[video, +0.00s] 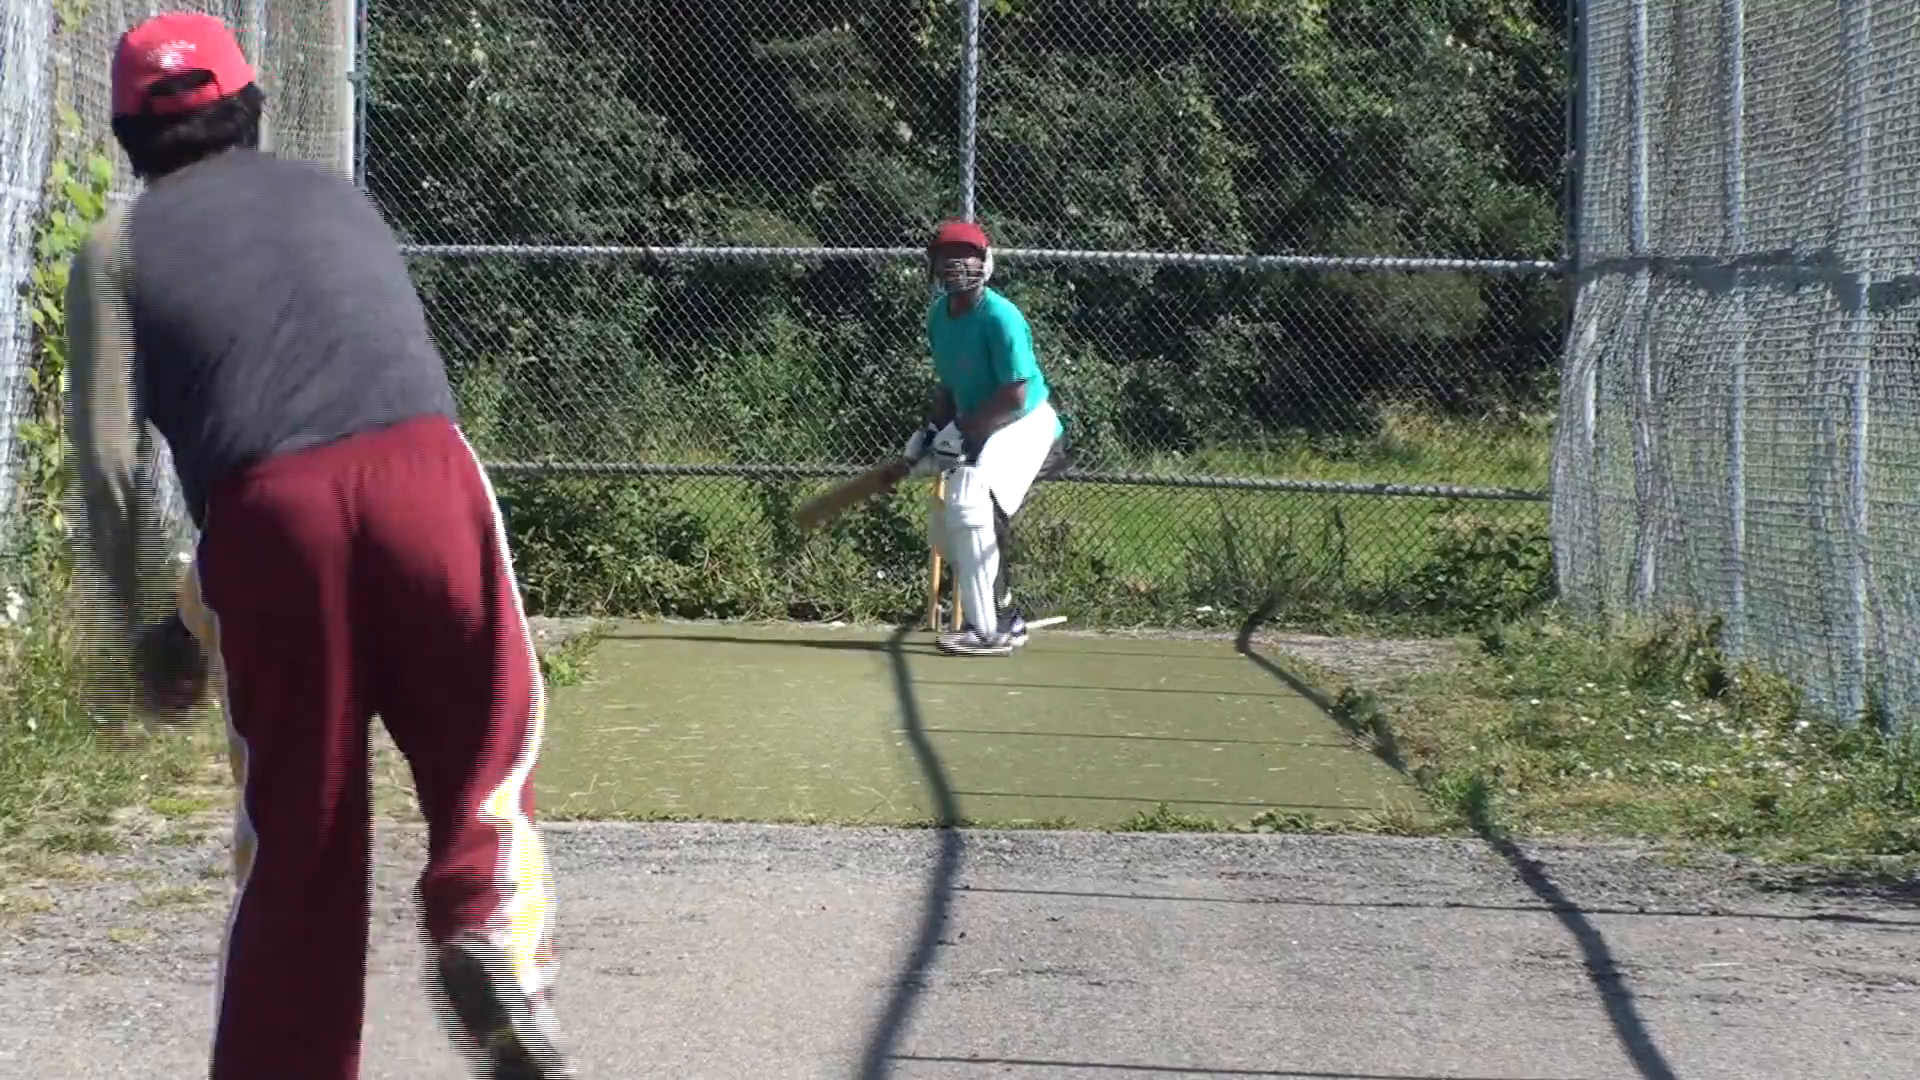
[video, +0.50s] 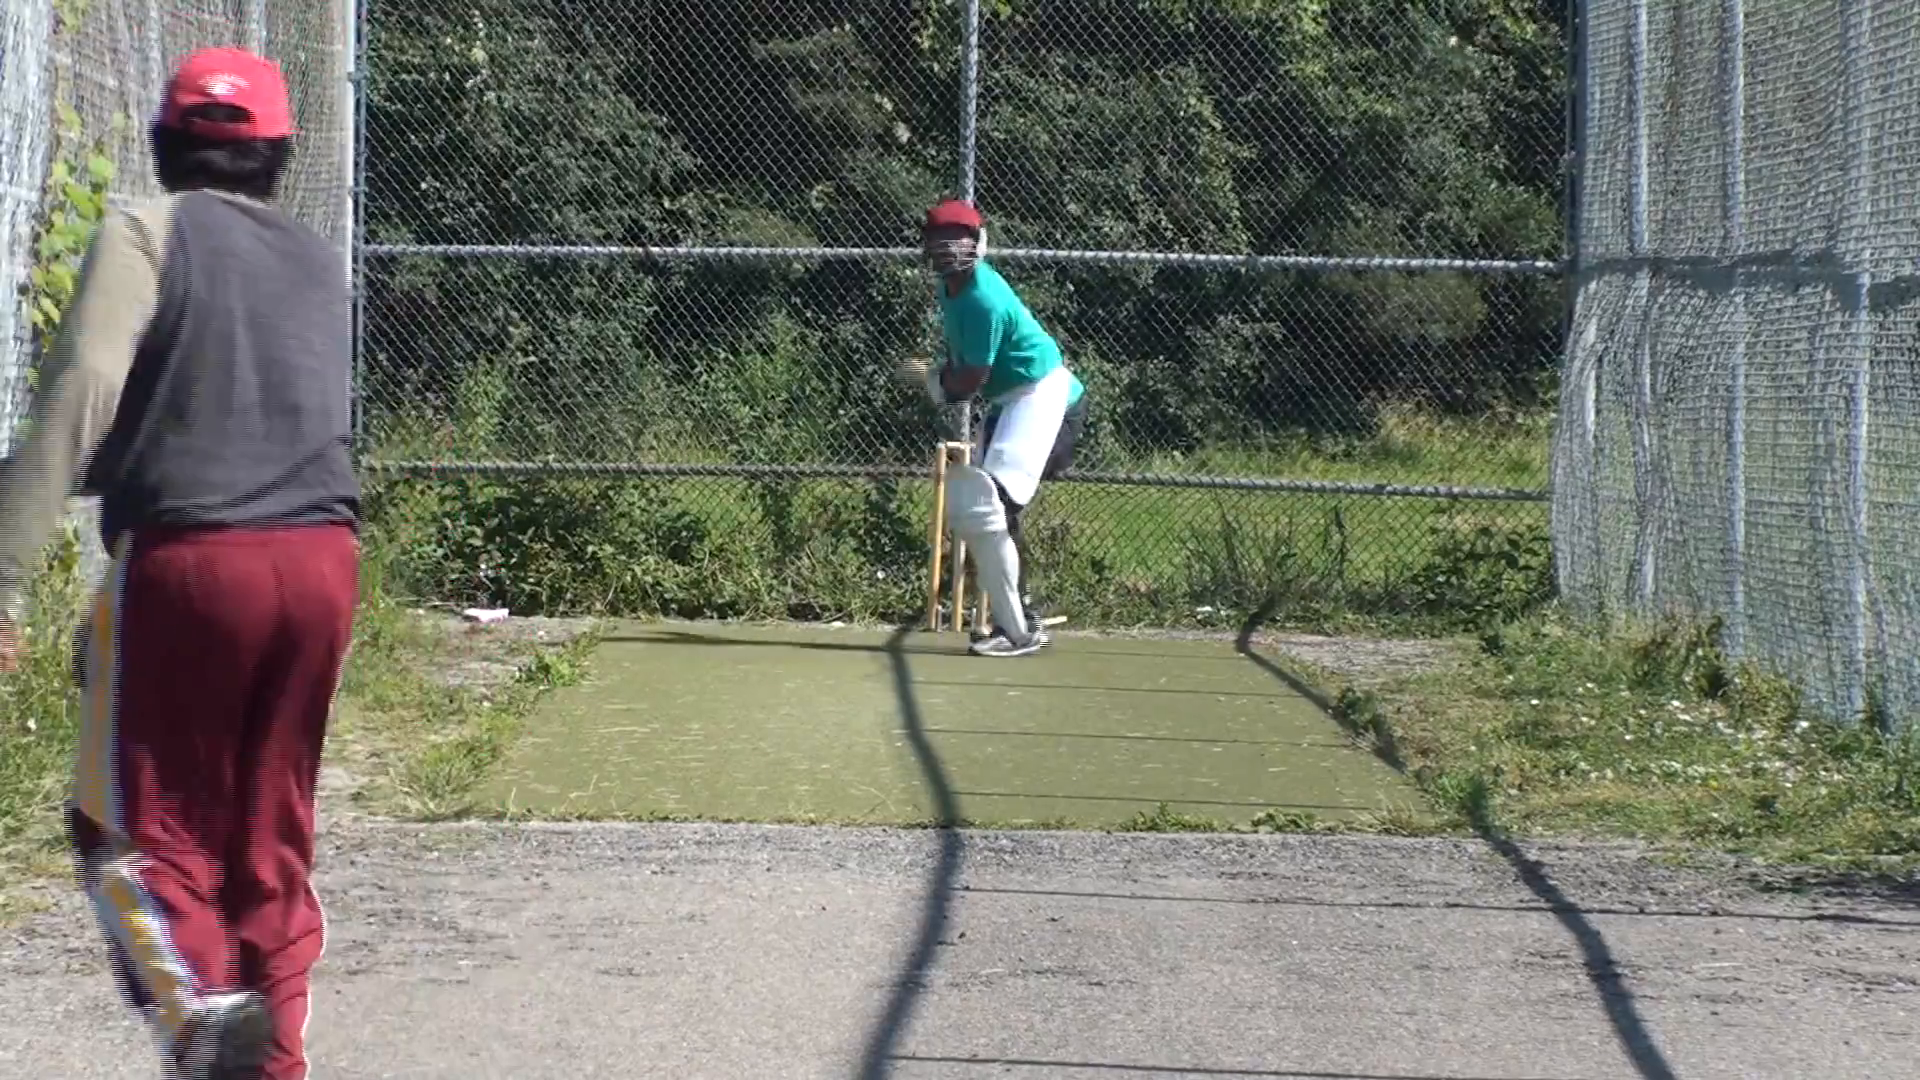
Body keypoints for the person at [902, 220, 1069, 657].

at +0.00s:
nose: (957, 268)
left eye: (967, 259)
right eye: (948, 260)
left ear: (984, 265)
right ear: (935, 268)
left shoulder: (1001, 318)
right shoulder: (938, 316)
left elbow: (1014, 397)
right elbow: (949, 387)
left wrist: (961, 434)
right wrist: (931, 432)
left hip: (1022, 423)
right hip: (977, 424)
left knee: (968, 505)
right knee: (946, 513)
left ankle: (985, 628)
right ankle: (1002, 614)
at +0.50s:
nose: (950, 248)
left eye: (961, 238)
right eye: (941, 239)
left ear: (977, 244)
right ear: (928, 248)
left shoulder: (981, 298)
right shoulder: (951, 289)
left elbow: (973, 380)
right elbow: (964, 362)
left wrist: (933, 384)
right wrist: (935, 377)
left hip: (1039, 391)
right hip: (1011, 392)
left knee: (997, 501)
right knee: (989, 499)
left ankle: (1017, 626)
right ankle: (1016, 616)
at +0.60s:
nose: (952, 257)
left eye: (962, 247)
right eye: (942, 248)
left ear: (978, 252)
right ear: (928, 256)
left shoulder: (977, 307)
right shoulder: (956, 290)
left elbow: (961, 374)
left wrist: (935, 364)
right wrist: (944, 352)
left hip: (1041, 394)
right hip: (1012, 396)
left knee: (984, 498)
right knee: (988, 502)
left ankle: (1023, 627)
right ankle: (1019, 615)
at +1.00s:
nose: (913, 274)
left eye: (918, 260)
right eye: (903, 269)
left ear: (939, 243)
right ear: (898, 272)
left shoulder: (979, 257)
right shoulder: (916, 319)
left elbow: (980, 310)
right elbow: (935, 380)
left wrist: (961, 355)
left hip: (1036, 392)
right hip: (983, 410)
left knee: (1021, 509)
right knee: (982, 508)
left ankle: (1011, 632)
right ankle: (1037, 593)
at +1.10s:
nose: (912, 261)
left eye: (913, 247)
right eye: (899, 259)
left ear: (926, 236)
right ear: (892, 269)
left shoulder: (971, 247)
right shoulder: (909, 307)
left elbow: (1004, 276)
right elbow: (938, 322)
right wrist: (954, 292)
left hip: (1023, 391)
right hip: (970, 407)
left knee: (1020, 516)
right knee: (970, 516)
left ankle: (1012, 632)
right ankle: (1025, 593)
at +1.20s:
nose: (900, 263)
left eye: (905, 248)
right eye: (888, 260)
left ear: (925, 234)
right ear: (879, 266)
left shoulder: (972, 250)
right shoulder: (892, 296)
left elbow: (1007, 280)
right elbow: (917, 308)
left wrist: (976, 267)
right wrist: (950, 251)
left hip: (1007, 393)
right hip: (946, 403)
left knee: (1016, 508)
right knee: (944, 506)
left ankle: (1002, 628)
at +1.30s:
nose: (889, 273)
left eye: (895, 260)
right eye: (878, 268)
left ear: (919, 244)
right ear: (871, 268)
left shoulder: (975, 267)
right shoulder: (886, 300)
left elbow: (1004, 315)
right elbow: (901, 338)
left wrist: (967, 312)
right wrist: (938, 297)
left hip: (987, 410)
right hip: (924, 415)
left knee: (999, 525)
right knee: (907, 513)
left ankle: (979, 625)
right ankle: (881, 628)